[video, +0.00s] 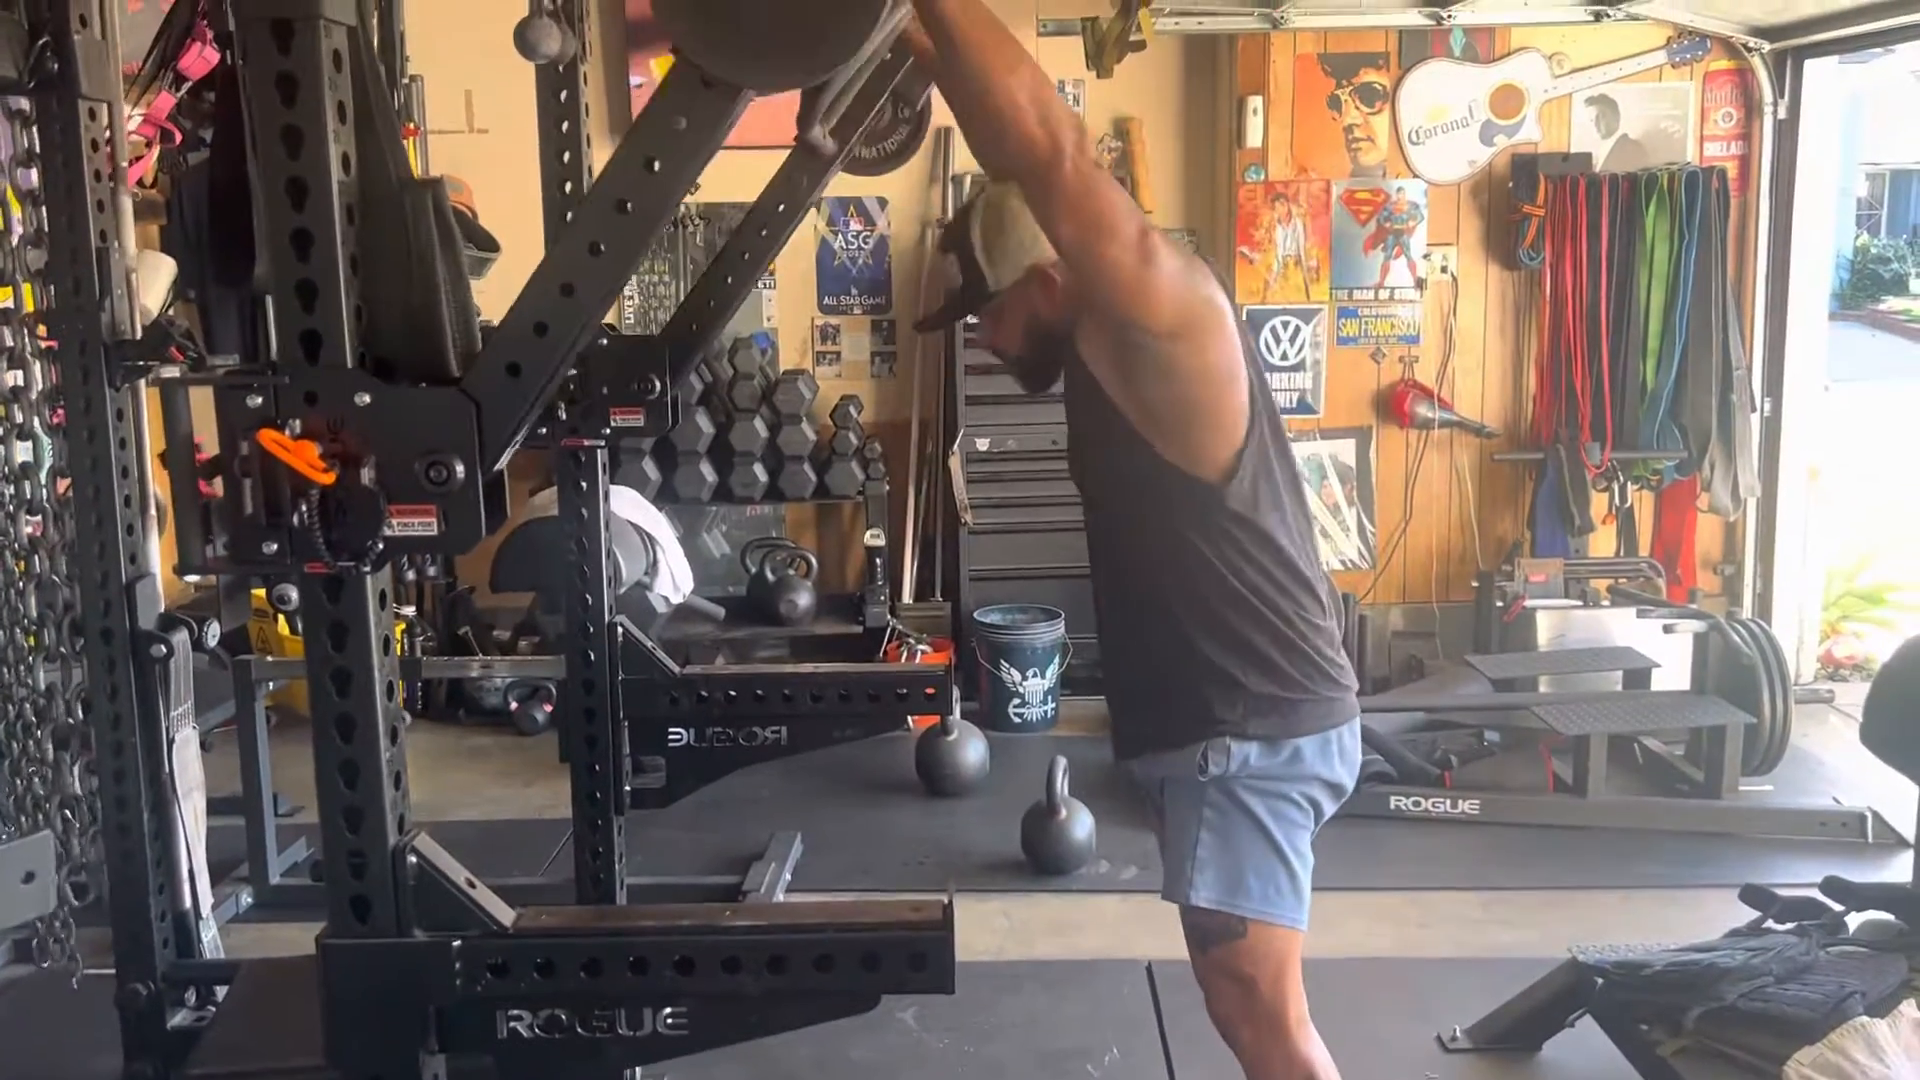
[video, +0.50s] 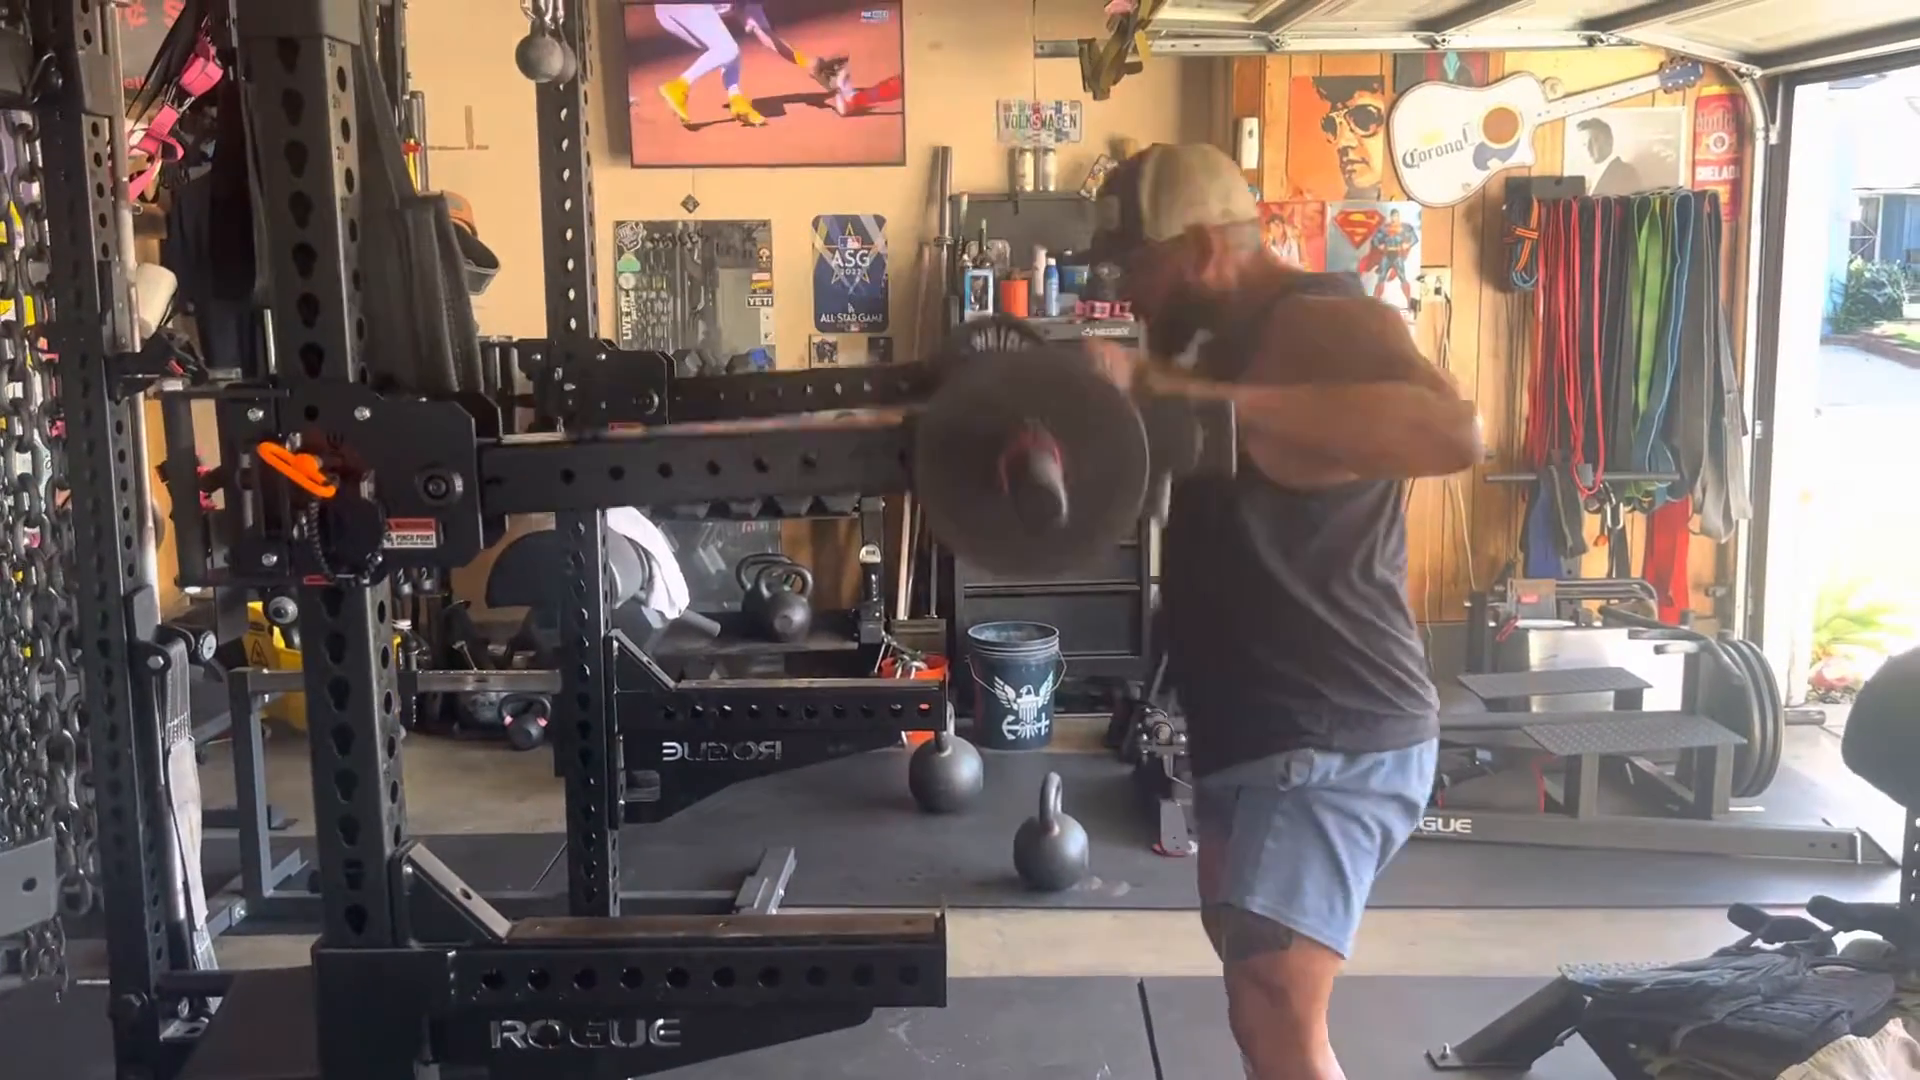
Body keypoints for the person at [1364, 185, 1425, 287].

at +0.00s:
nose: (1400, 196)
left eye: (1402, 194)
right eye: (1399, 194)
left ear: (1405, 195)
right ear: (1396, 195)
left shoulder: (1412, 206)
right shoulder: (1390, 206)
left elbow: (1420, 217)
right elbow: (1381, 217)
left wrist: (1413, 223)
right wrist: (1386, 224)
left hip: (1404, 231)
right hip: (1392, 231)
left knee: (1408, 255)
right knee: (1387, 256)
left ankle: (1415, 280)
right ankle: (1381, 281)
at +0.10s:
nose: (1400, 201)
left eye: (1401, 199)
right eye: (1398, 199)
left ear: (1404, 200)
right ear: (1395, 200)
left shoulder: (1411, 210)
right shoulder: (1390, 211)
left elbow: (1420, 222)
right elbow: (1380, 222)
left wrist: (1413, 228)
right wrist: (1385, 229)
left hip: (1404, 236)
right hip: (1392, 236)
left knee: (1408, 260)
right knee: (1387, 261)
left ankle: (1414, 285)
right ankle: (1381, 286)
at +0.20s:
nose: (1400, 207)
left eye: (1401, 204)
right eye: (1398, 204)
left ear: (1404, 205)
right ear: (1395, 205)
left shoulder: (1411, 216)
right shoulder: (1389, 216)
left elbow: (1420, 227)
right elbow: (1380, 227)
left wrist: (1413, 233)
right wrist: (1385, 234)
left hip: (1404, 241)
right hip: (1391, 240)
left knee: (1408, 265)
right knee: (1386, 266)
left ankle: (1414, 290)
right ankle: (1380, 291)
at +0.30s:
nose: (1398, 211)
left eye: (1399, 208)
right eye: (1396, 208)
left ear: (1402, 209)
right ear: (1393, 209)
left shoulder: (1409, 220)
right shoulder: (1387, 220)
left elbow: (1418, 231)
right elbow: (1378, 231)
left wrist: (1410, 238)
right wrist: (1383, 238)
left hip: (1402, 245)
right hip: (1390, 245)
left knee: (1406, 269)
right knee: (1384, 270)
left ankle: (1412, 294)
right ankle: (1378, 295)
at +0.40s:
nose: (1396, 214)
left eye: (1398, 212)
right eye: (1394, 212)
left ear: (1401, 213)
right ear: (1391, 213)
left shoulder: (1408, 224)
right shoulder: (1385, 224)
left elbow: (1416, 235)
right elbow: (1376, 235)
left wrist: (1409, 242)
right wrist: (1381, 243)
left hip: (1400, 249)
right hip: (1388, 248)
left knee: (1404, 273)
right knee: (1383, 274)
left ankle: (1410, 298)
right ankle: (1376, 299)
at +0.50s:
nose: (1395, 219)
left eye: (1396, 216)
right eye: (1393, 216)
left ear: (1399, 217)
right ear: (1390, 217)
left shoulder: (1406, 228)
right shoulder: (1384, 228)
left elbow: (1414, 239)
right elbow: (1375, 239)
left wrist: (1407, 246)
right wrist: (1379, 246)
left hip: (1399, 252)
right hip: (1387, 252)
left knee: (1402, 277)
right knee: (1381, 277)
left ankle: (1408, 300)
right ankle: (1376, 300)